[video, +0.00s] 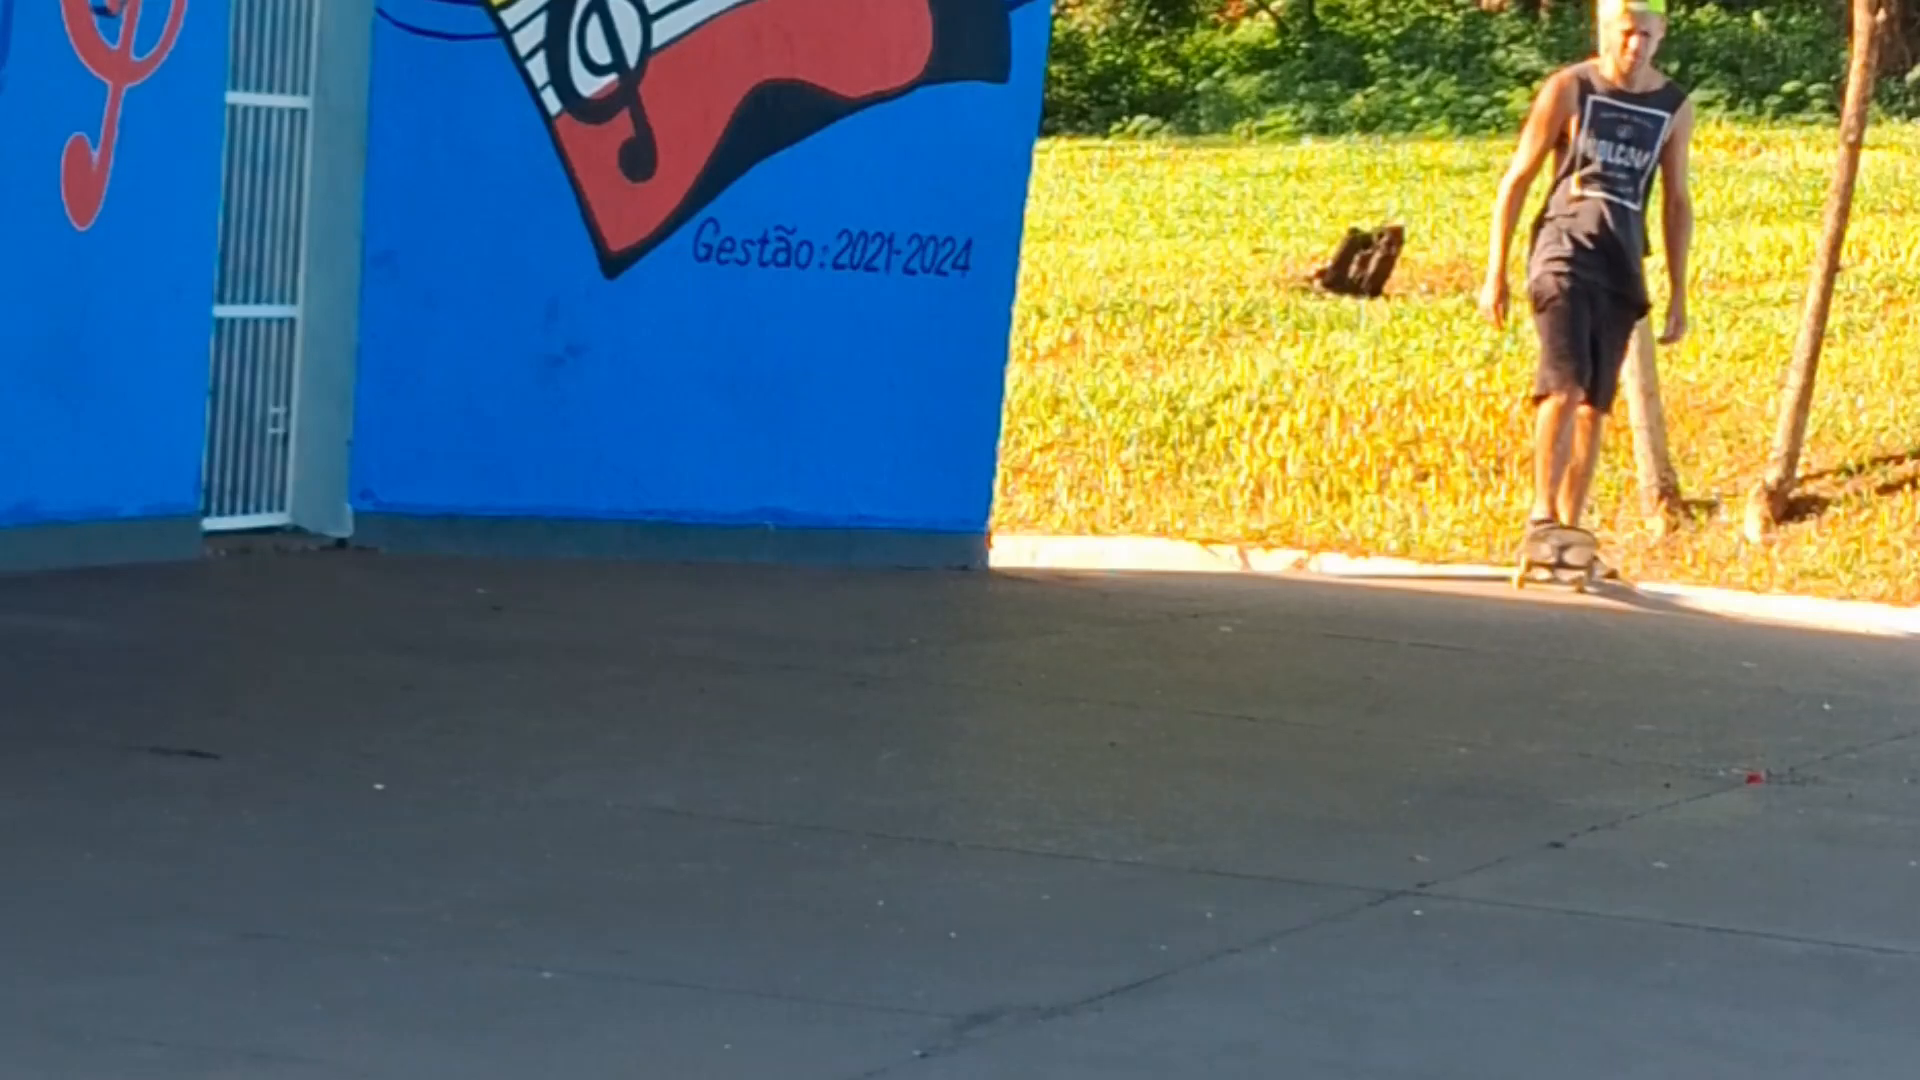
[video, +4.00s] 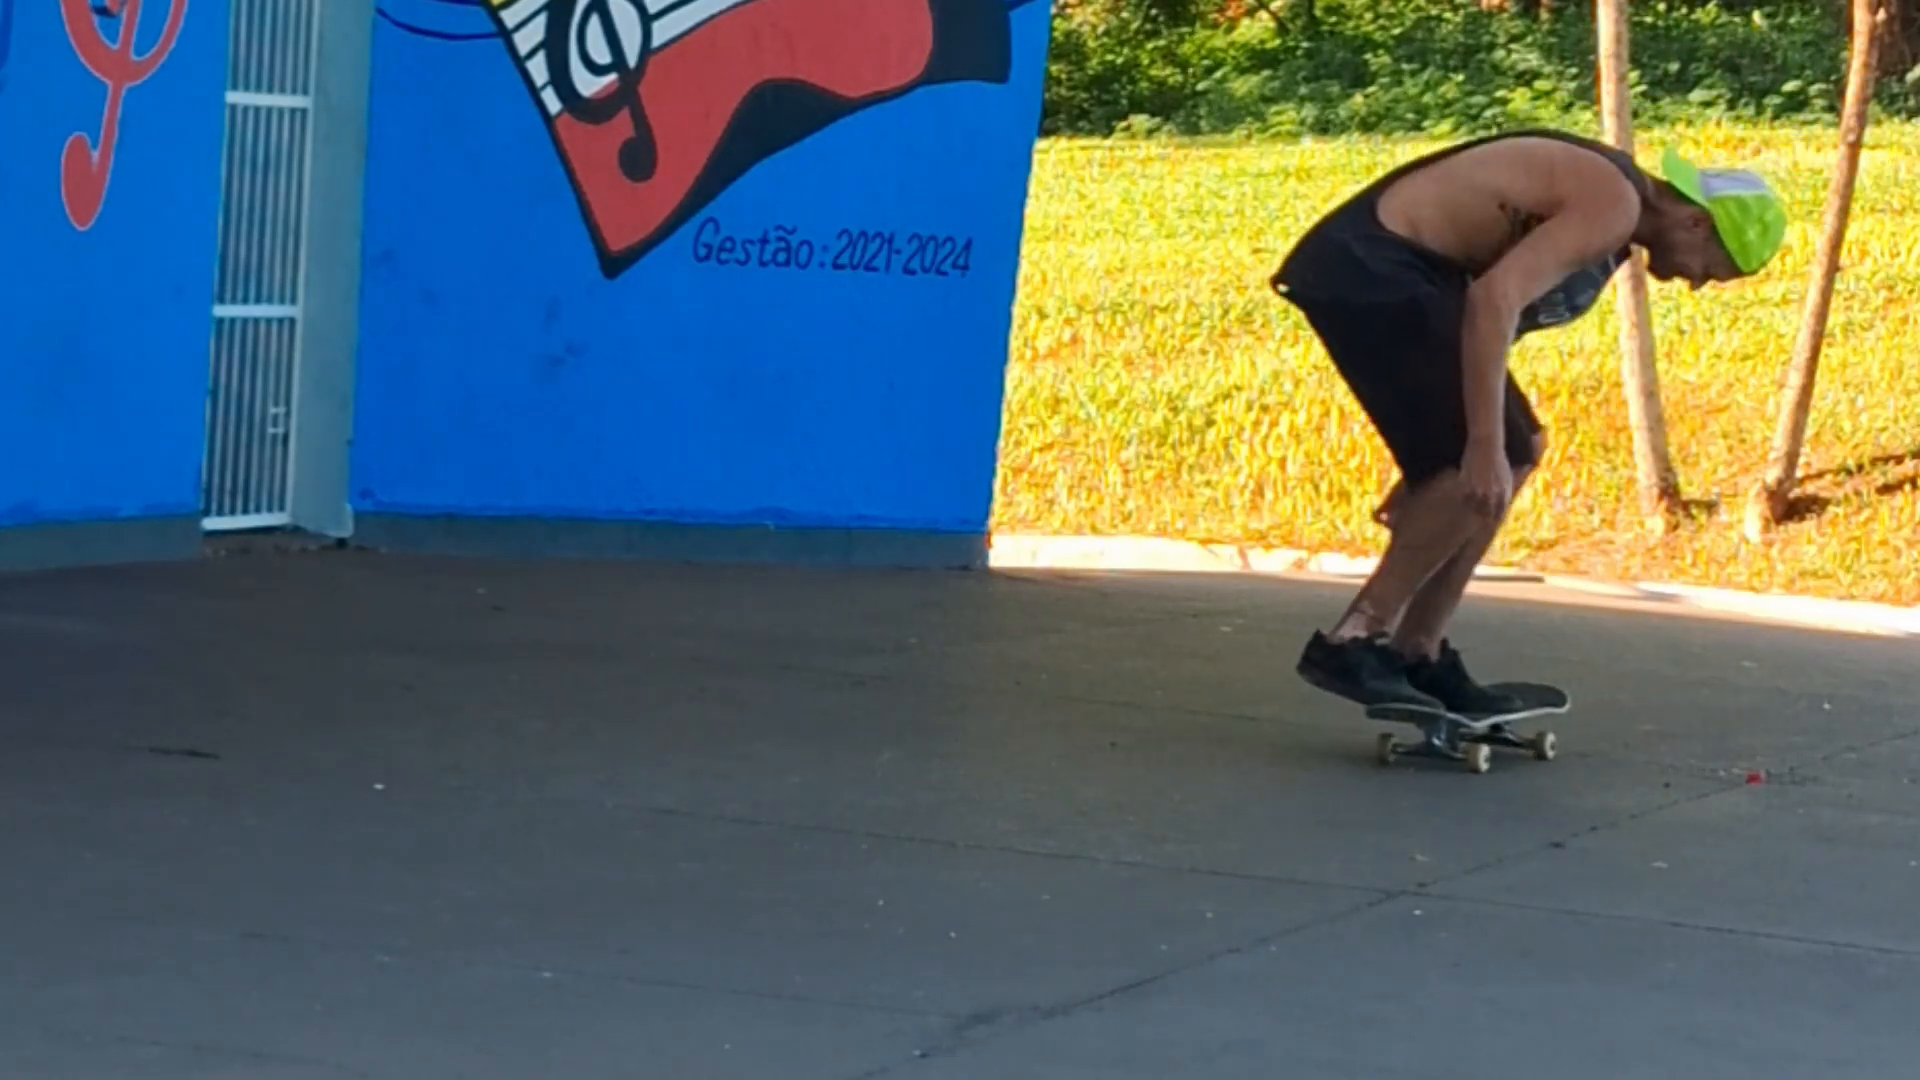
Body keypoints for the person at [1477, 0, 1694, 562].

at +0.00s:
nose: (1633, 43)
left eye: (1644, 33)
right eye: (1624, 30)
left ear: (1659, 37)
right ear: (1603, 29)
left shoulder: (1673, 105)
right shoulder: (1567, 88)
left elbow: (1676, 201)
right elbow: (1517, 180)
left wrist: (1677, 290)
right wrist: (1496, 271)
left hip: (1623, 263)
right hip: (1564, 251)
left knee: (1594, 405)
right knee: (1563, 391)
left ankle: (1573, 527)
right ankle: (1543, 519)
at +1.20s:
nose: (1699, 131)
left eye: (1710, 121)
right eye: (1689, 118)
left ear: (1721, 114)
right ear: (1662, 102)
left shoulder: (1720, 145)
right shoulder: (1607, 131)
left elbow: (1720, 209)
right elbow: (1529, 206)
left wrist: (1702, 295)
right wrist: (1524, 304)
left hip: (1658, 276)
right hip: (1591, 263)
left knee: (1650, 430)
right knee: (1607, 394)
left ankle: (1639, 572)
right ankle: (1568, 484)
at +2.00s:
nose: (1804, 116)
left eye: (1813, 108)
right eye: (1803, 102)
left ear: (1781, 83)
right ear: (1772, 74)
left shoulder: (1751, 120)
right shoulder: (1682, 91)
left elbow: (1676, 180)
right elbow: (1569, 153)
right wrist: (1578, 260)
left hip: (1650, 267)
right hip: (1597, 255)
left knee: (1676, 410)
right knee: (1632, 405)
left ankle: (1614, 570)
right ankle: (1591, 574)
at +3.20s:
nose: (1821, 210)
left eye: (1835, 204)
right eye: (1832, 194)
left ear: (1811, 149)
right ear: (1812, 151)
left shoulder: (1730, 167)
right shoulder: (1717, 143)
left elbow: (1608, 231)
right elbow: (1595, 203)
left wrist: (1600, 331)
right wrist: (1591, 334)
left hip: (1558, 268)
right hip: (1518, 260)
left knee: (1637, 439)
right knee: (1597, 441)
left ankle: (1568, 623)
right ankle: (1543, 632)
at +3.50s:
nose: (1790, 230)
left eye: (1804, 225)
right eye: (1801, 215)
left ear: (1785, 177)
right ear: (1784, 172)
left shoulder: (1700, 185)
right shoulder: (1693, 157)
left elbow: (1572, 249)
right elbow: (1561, 217)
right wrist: (1554, 357)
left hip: (1514, 266)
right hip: (1474, 254)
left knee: (1598, 439)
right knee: (1565, 438)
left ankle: (1521, 633)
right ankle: (1466, 621)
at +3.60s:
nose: (1776, 238)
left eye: (1790, 233)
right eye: (1787, 222)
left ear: (1773, 182)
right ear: (1771, 178)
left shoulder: (1683, 190)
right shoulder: (1679, 161)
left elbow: (1556, 264)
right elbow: (1547, 227)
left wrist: (1481, 398)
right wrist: (1533, 368)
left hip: (1499, 267)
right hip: (1455, 254)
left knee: (1578, 443)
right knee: (1549, 442)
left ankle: (1500, 640)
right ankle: (1448, 629)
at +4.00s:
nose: (1702, 281)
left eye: (1717, 276)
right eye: (1716, 267)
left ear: (1696, 217)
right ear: (1699, 223)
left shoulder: (1614, 210)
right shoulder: (1608, 205)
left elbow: (1490, 308)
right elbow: (1490, 297)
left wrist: (1424, 480)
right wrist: (1482, 449)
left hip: (1405, 275)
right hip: (1364, 270)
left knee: (1518, 445)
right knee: (1478, 469)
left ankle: (1416, 651)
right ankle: (1351, 641)